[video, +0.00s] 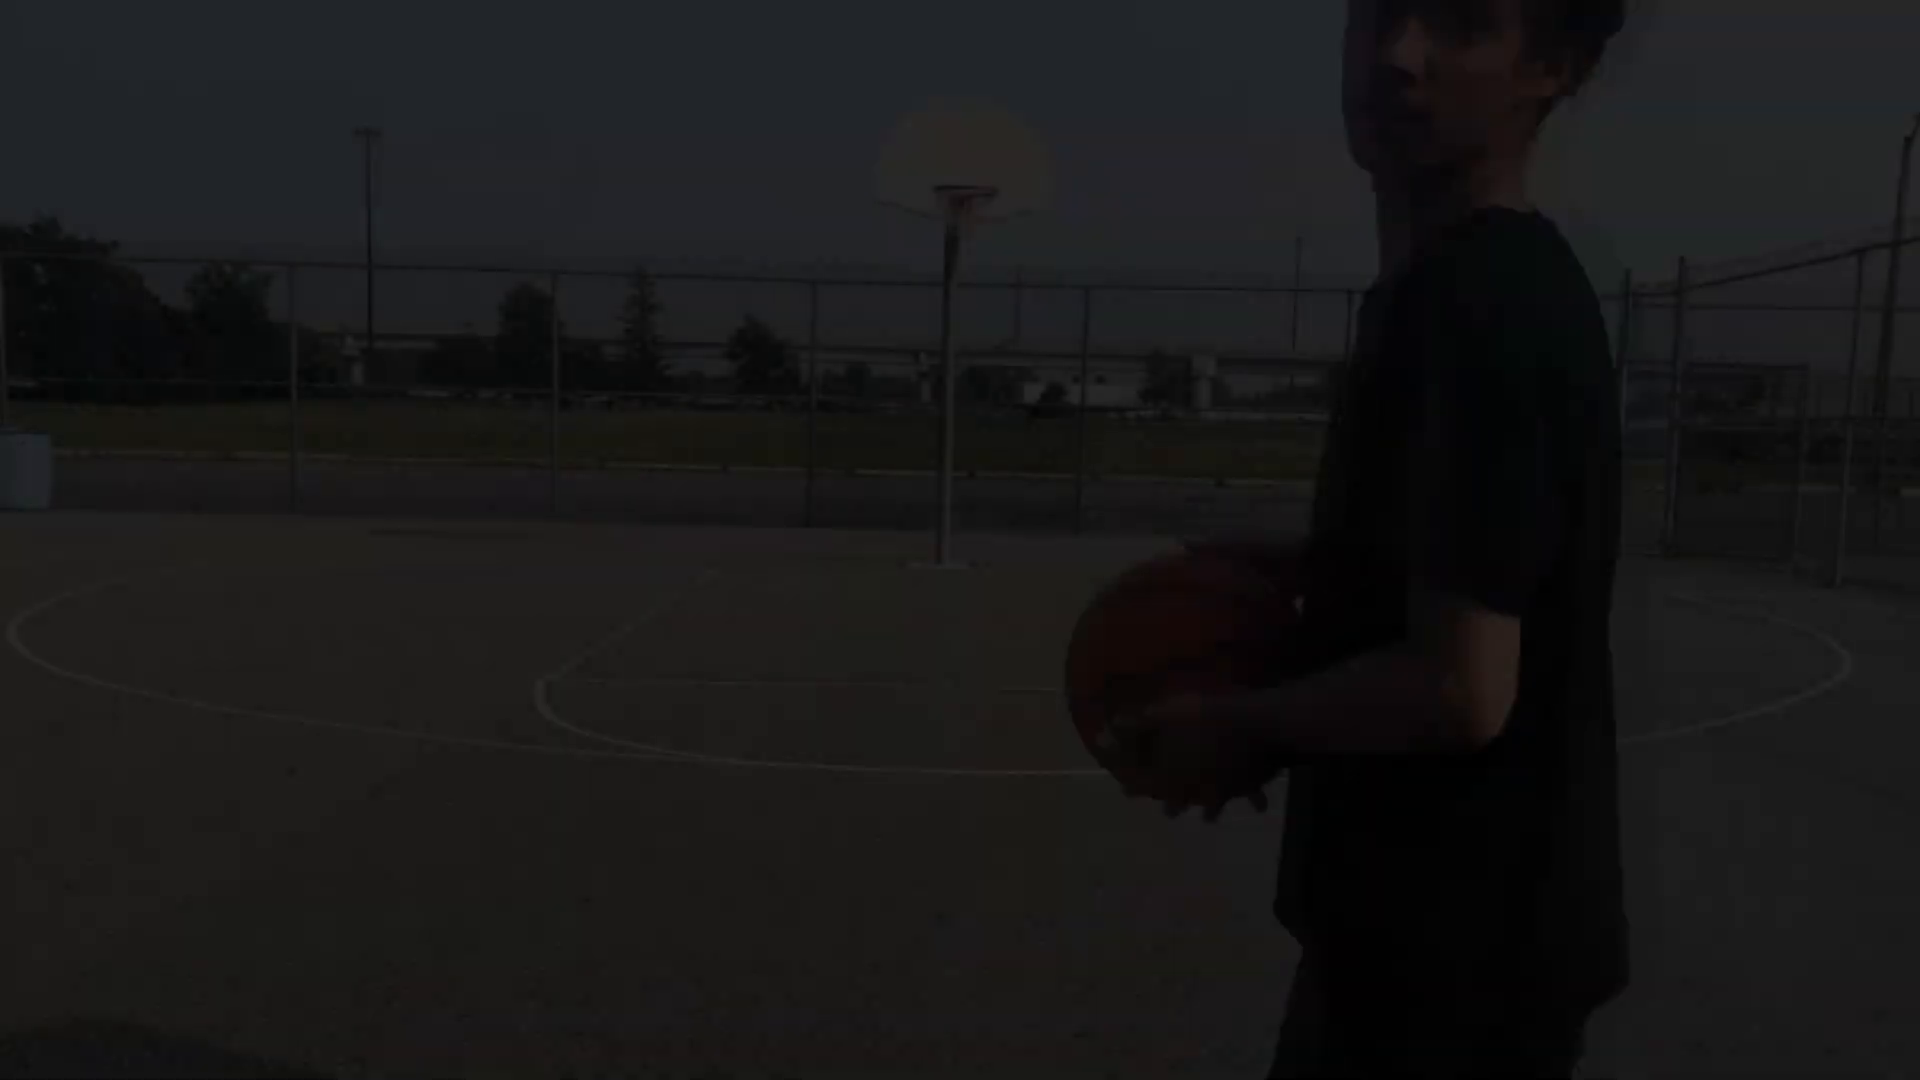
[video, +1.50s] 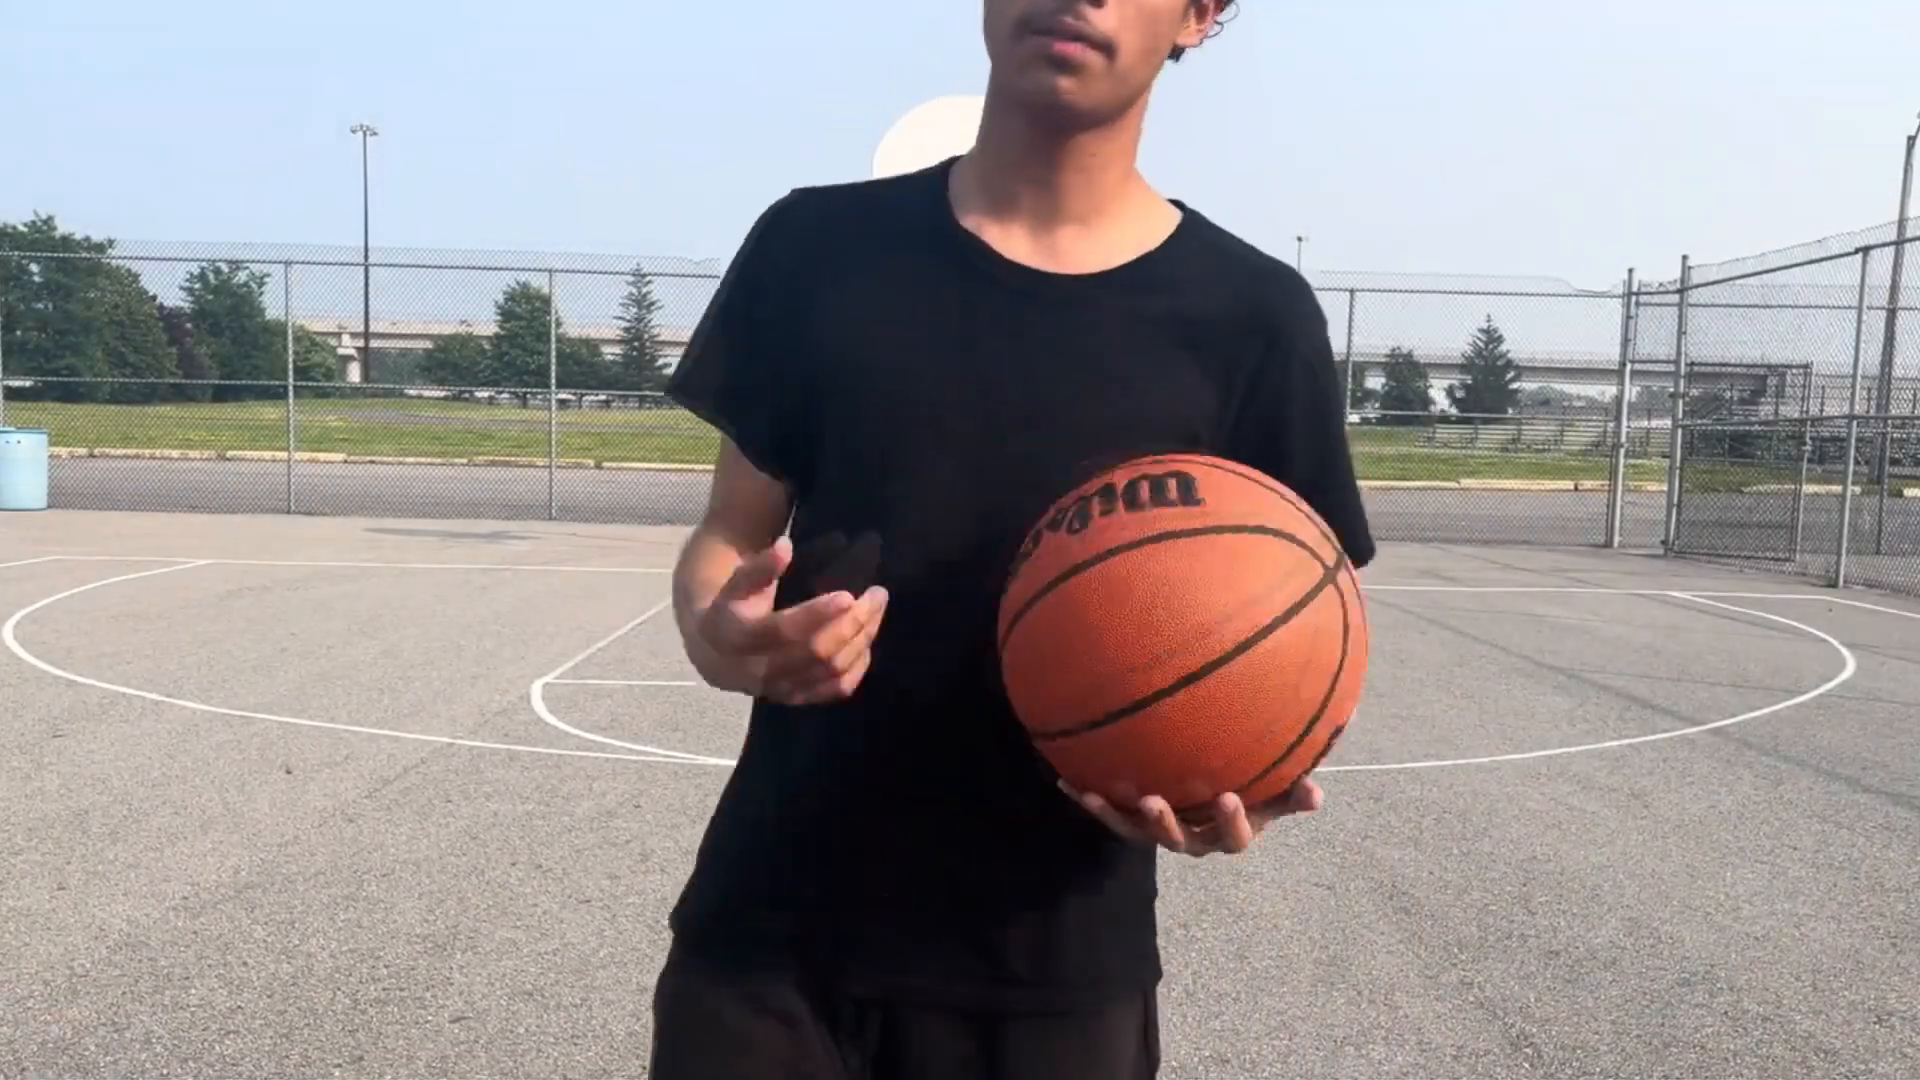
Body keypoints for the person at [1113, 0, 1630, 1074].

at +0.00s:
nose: (1399, 56)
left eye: (1459, 26)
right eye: (1384, 17)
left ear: (1549, 68)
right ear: (1343, 33)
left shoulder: (1481, 298)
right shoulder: (1451, 287)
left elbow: (1464, 685)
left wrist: (1237, 730)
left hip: (1451, 942)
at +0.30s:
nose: (1147, 100)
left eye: (1192, 71)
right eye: (1121, 66)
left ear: (1254, 116)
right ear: (1086, 93)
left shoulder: (1267, 294)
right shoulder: (1136, 315)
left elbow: (1343, 598)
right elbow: (1174, 592)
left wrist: (1072, 699)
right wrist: (1014, 595)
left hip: (1206, 891)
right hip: (1085, 870)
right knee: (1012, 1061)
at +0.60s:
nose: (983, 79)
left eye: (1023, 54)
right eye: (954, 49)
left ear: (1076, 105)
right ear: (913, 88)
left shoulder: (1134, 251)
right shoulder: (926, 345)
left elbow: (1296, 498)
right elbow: (873, 555)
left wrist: (1073, 609)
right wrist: (825, 564)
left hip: (1126, 835)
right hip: (972, 830)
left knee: (1071, 1063)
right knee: (957, 1063)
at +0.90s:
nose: (975, 54)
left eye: (1022, 29)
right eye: (947, 22)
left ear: (1078, 85)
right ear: (905, 64)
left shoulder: (1142, 285)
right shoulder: (872, 319)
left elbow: (1264, 557)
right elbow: (810, 528)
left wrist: (1055, 644)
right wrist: (789, 519)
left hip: (1055, 853)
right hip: (889, 843)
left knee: (1048, 1068)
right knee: (901, 1063)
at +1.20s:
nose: (1058, 12)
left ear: (1181, 45)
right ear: (987, 10)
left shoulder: (1226, 318)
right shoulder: (871, 264)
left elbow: (1262, 631)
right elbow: (807, 536)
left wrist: (1083, 754)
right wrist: (753, 544)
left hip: (1040, 903)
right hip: (813, 873)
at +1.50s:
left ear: (1194, 20)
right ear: (991, 1)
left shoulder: (1258, 314)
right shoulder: (811, 249)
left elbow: (1293, 630)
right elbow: (733, 534)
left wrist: (1231, 772)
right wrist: (721, 641)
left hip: (1060, 968)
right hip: (775, 944)